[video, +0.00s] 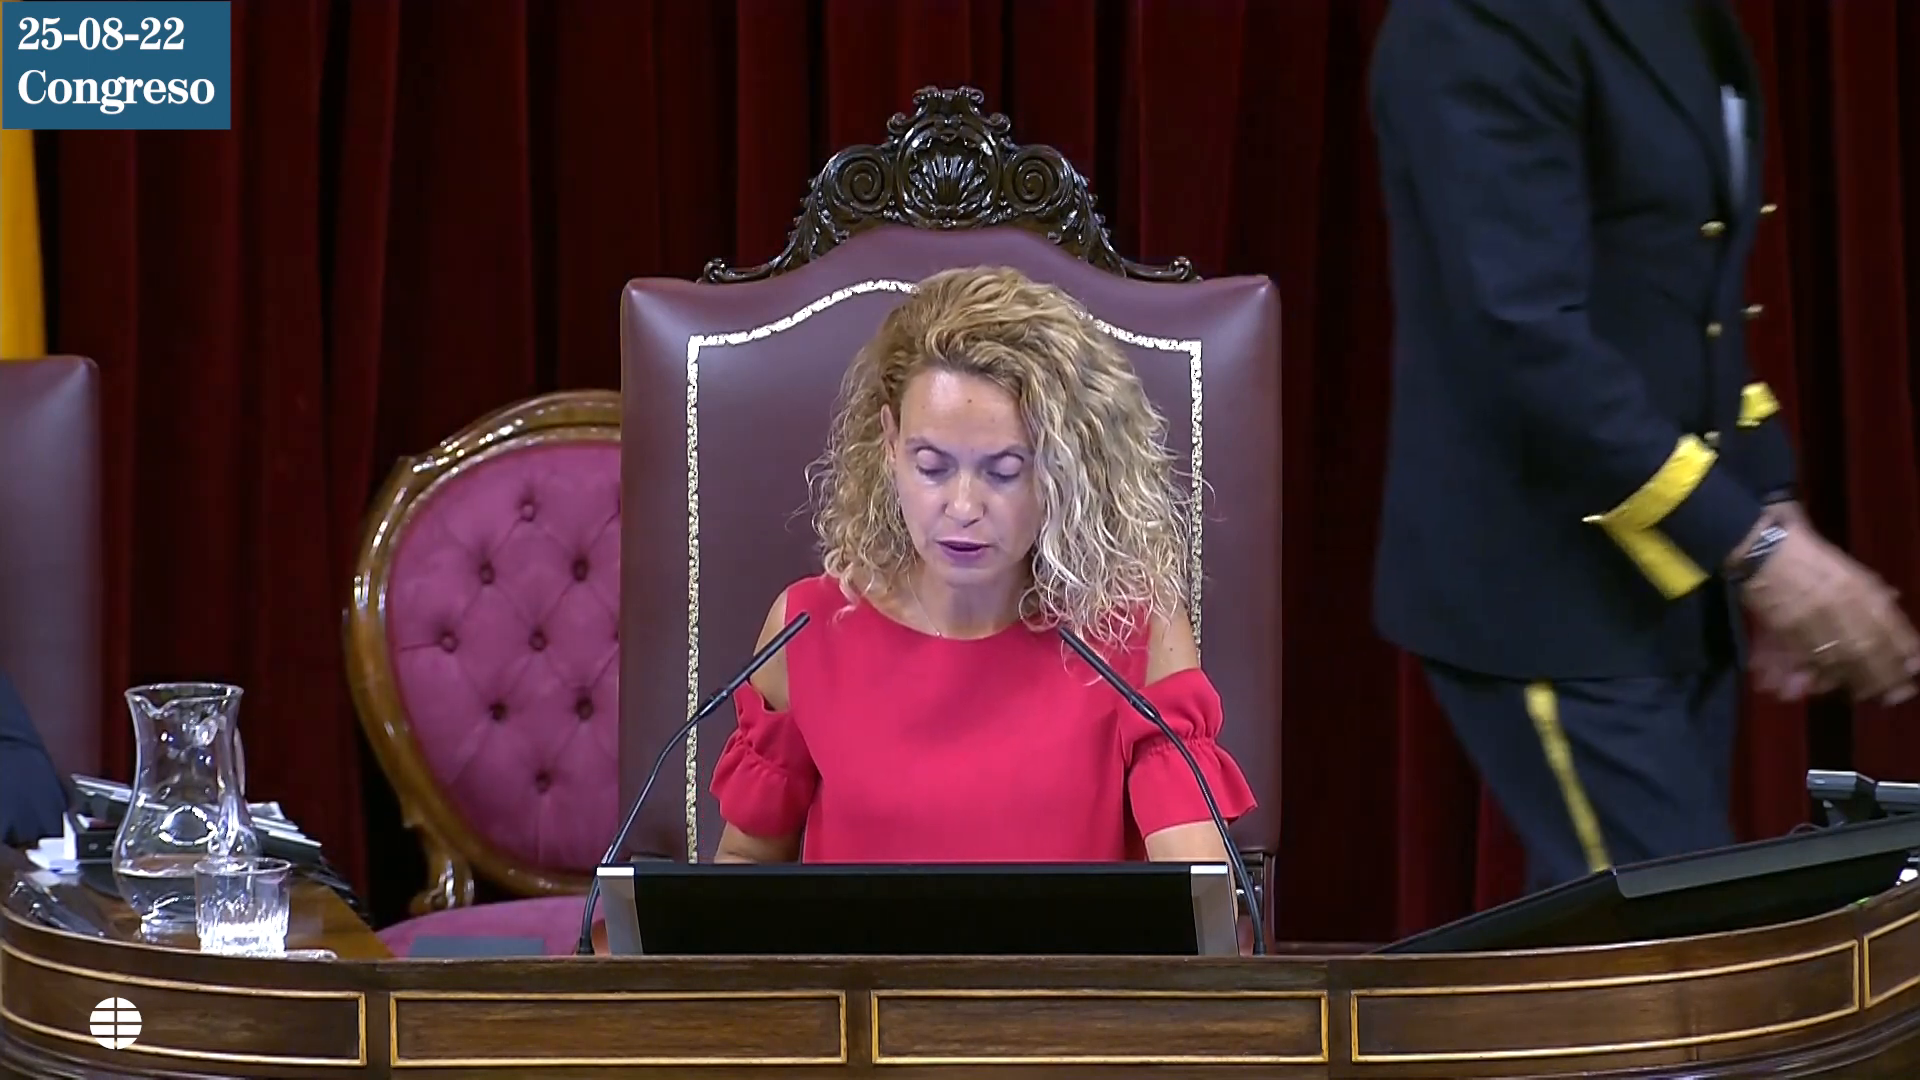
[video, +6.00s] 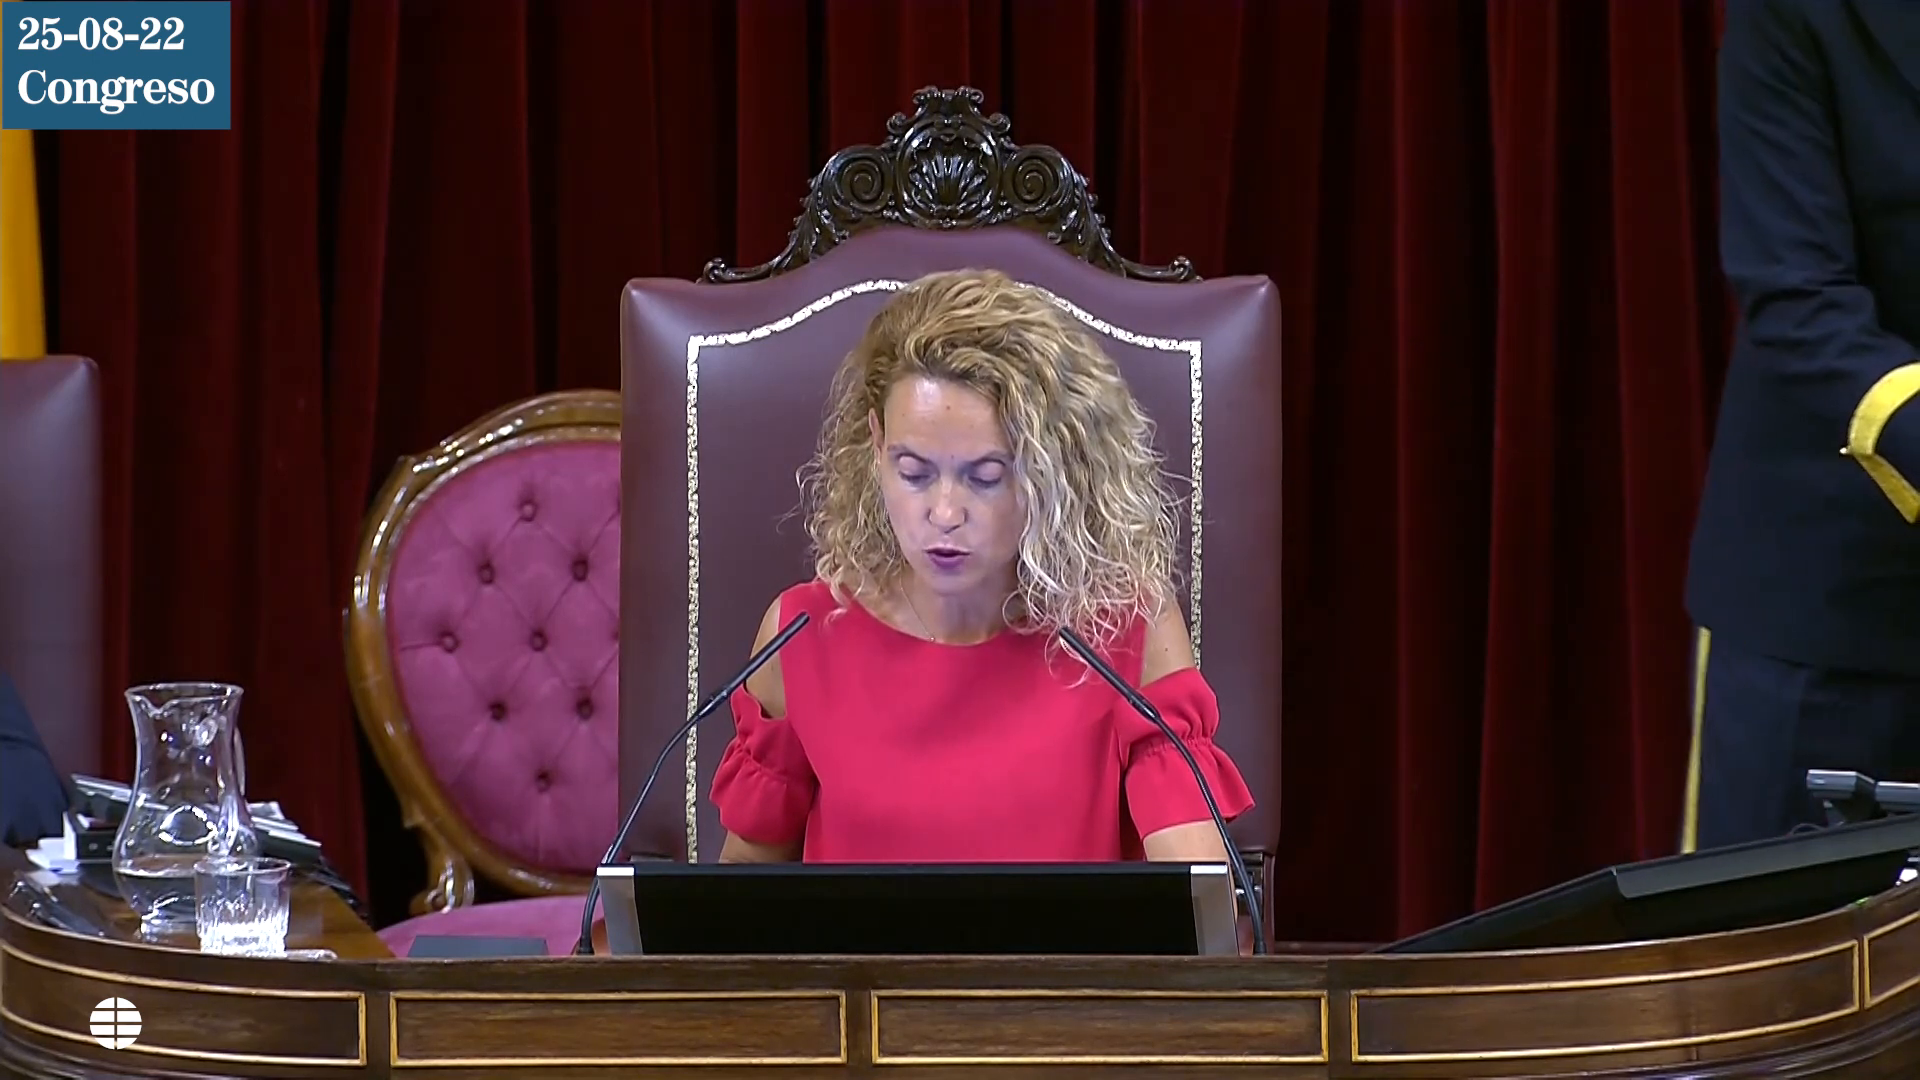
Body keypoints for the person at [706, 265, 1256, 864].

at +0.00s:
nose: (964, 507)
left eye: (1004, 470)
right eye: (933, 464)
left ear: (1065, 468)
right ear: (889, 447)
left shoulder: (1132, 627)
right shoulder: (810, 626)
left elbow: (1202, 895)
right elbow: (744, 872)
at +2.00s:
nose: (941, 511)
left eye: (982, 474)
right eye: (912, 470)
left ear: (1051, 477)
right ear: (873, 463)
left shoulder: (1124, 621)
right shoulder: (802, 628)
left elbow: (1200, 892)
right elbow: (736, 871)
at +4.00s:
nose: (957, 514)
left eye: (995, 475)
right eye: (924, 472)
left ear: (1055, 471)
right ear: (878, 457)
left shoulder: (1126, 623)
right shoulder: (804, 630)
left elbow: (1201, 896)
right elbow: (745, 882)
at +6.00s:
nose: (946, 513)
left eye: (984, 474)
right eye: (916, 471)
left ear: (1050, 475)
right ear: (874, 459)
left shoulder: (1126, 622)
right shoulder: (804, 630)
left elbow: (1202, 898)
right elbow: (748, 877)